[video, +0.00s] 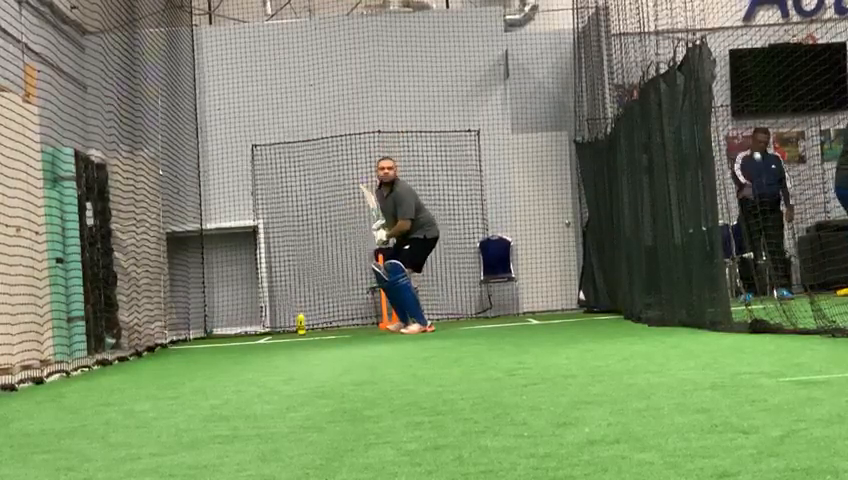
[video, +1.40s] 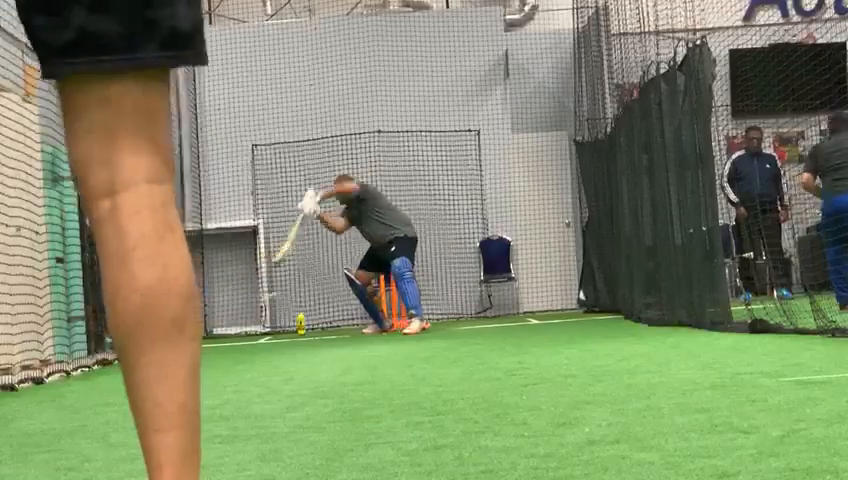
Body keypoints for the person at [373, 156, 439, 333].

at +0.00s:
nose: (386, 172)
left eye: (389, 169)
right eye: (382, 169)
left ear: (395, 171)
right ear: (377, 172)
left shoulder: (402, 191)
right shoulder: (380, 191)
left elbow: (405, 224)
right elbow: (390, 217)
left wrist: (387, 234)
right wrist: (383, 225)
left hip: (424, 233)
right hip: (407, 234)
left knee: (401, 270)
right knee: (388, 268)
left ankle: (420, 322)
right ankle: (403, 319)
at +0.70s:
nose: (362, 186)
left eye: (366, 182)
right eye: (359, 184)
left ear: (375, 180)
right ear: (356, 185)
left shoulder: (380, 198)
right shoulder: (375, 196)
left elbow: (379, 232)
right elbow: (374, 217)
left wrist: (371, 237)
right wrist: (371, 225)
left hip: (408, 239)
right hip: (400, 238)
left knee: (381, 270)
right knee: (374, 280)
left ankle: (399, 323)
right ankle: (405, 319)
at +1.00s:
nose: (347, 200)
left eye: (350, 195)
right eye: (344, 197)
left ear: (360, 190)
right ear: (342, 197)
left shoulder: (367, 205)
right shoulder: (369, 199)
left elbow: (365, 241)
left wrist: (357, 243)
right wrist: (364, 227)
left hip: (399, 243)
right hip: (391, 243)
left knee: (373, 272)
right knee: (360, 279)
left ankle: (398, 324)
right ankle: (382, 324)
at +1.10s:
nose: (344, 197)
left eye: (346, 192)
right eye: (341, 194)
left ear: (356, 187)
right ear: (340, 193)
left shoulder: (367, 199)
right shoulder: (359, 204)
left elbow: (360, 232)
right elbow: (358, 229)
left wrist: (341, 238)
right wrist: (342, 235)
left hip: (399, 240)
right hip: (381, 245)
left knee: (383, 272)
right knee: (359, 282)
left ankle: (397, 323)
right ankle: (380, 324)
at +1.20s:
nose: (341, 194)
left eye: (342, 190)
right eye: (340, 190)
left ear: (350, 186)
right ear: (355, 186)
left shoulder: (363, 195)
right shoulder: (355, 205)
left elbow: (336, 216)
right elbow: (336, 229)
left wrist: (312, 231)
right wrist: (310, 241)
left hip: (402, 238)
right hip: (383, 245)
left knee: (396, 273)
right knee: (359, 282)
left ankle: (397, 320)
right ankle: (380, 322)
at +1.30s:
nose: (338, 197)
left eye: (339, 193)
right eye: (338, 194)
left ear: (347, 187)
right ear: (348, 187)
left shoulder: (364, 193)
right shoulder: (354, 207)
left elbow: (333, 211)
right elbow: (330, 225)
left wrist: (307, 216)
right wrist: (300, 230)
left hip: (403, 237)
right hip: (383, 245)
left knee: (400, 271)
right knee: (361, 280)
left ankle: (408, 320)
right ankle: (381, 323)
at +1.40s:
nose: (339, 194)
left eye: (341, 189)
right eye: (338, 191)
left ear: (350, 186)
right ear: (339, 193)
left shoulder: (364, 191)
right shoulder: (350, 210)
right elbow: (339, 228)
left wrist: (321, 196)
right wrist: (318, 214)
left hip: (401, 236)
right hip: (381, 244)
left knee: (400, 269)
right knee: (360, 280)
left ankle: (416, 318)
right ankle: (381, 323)